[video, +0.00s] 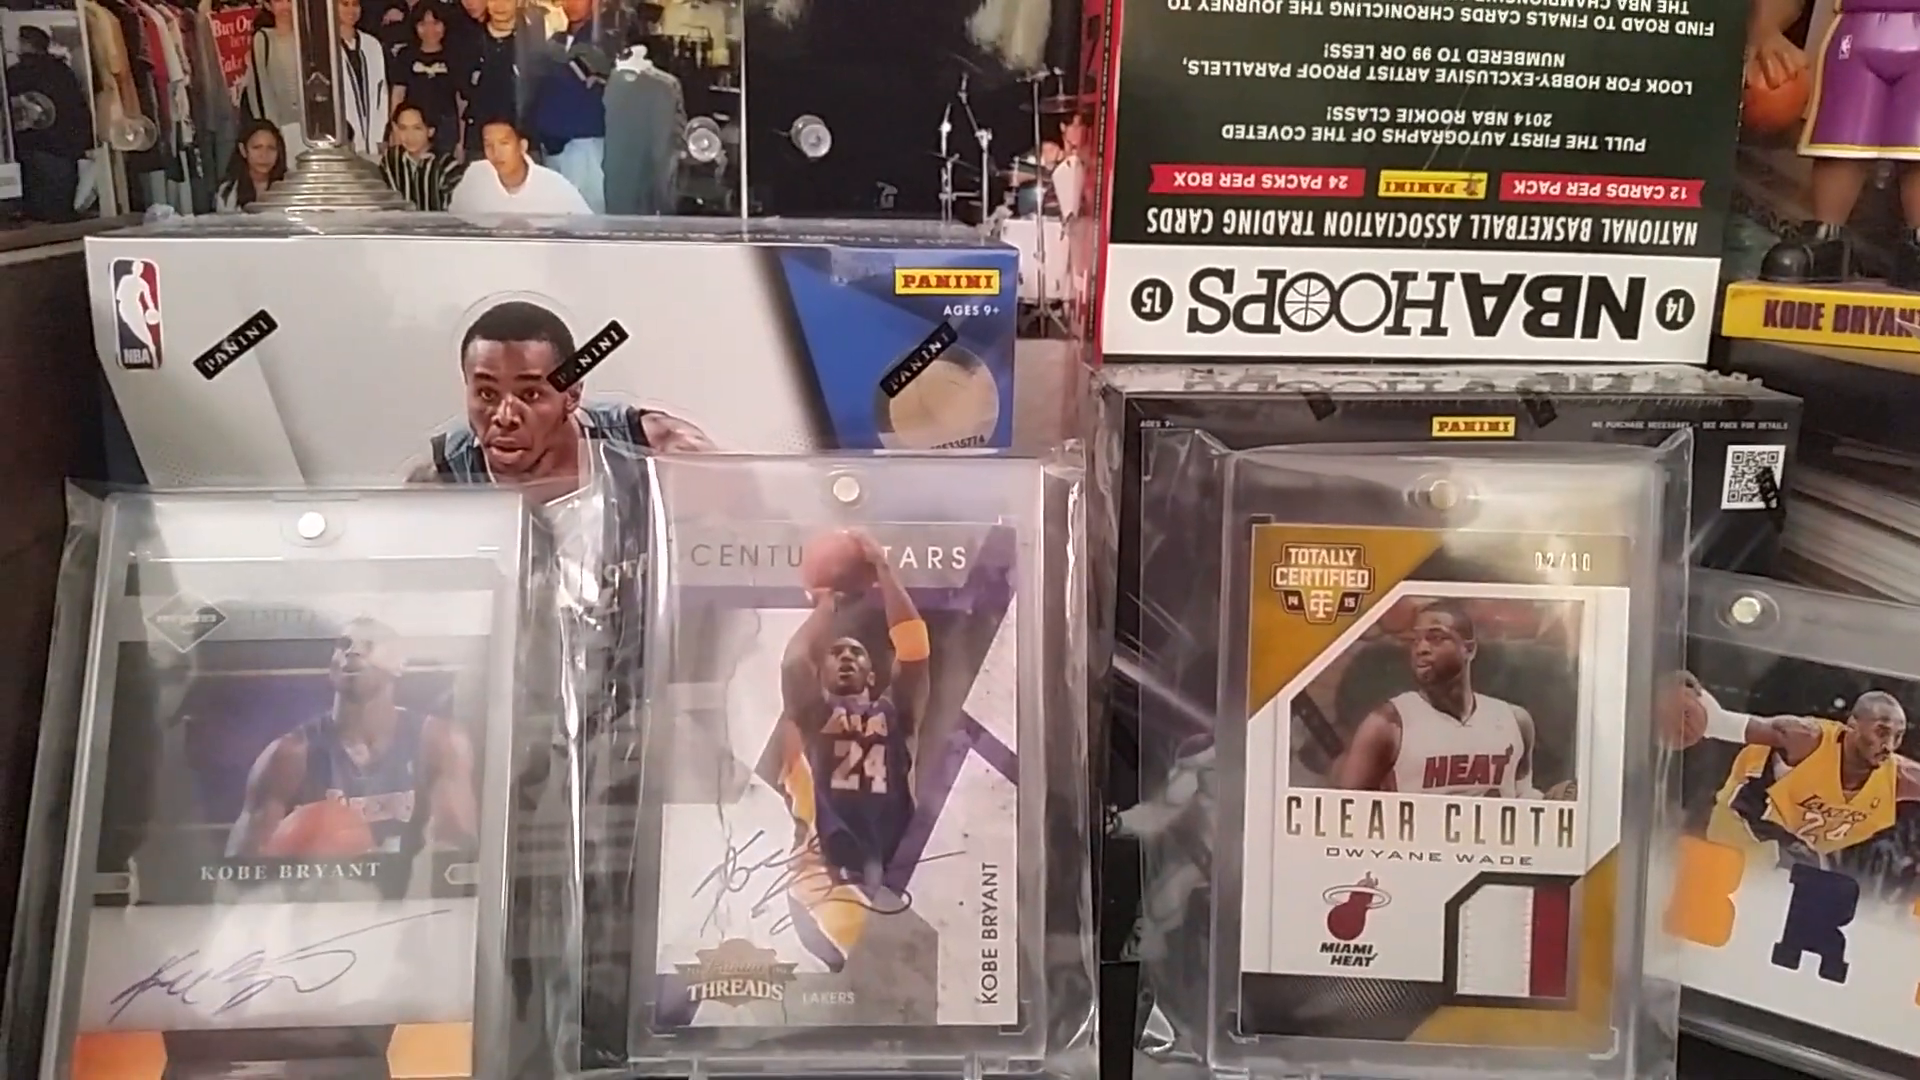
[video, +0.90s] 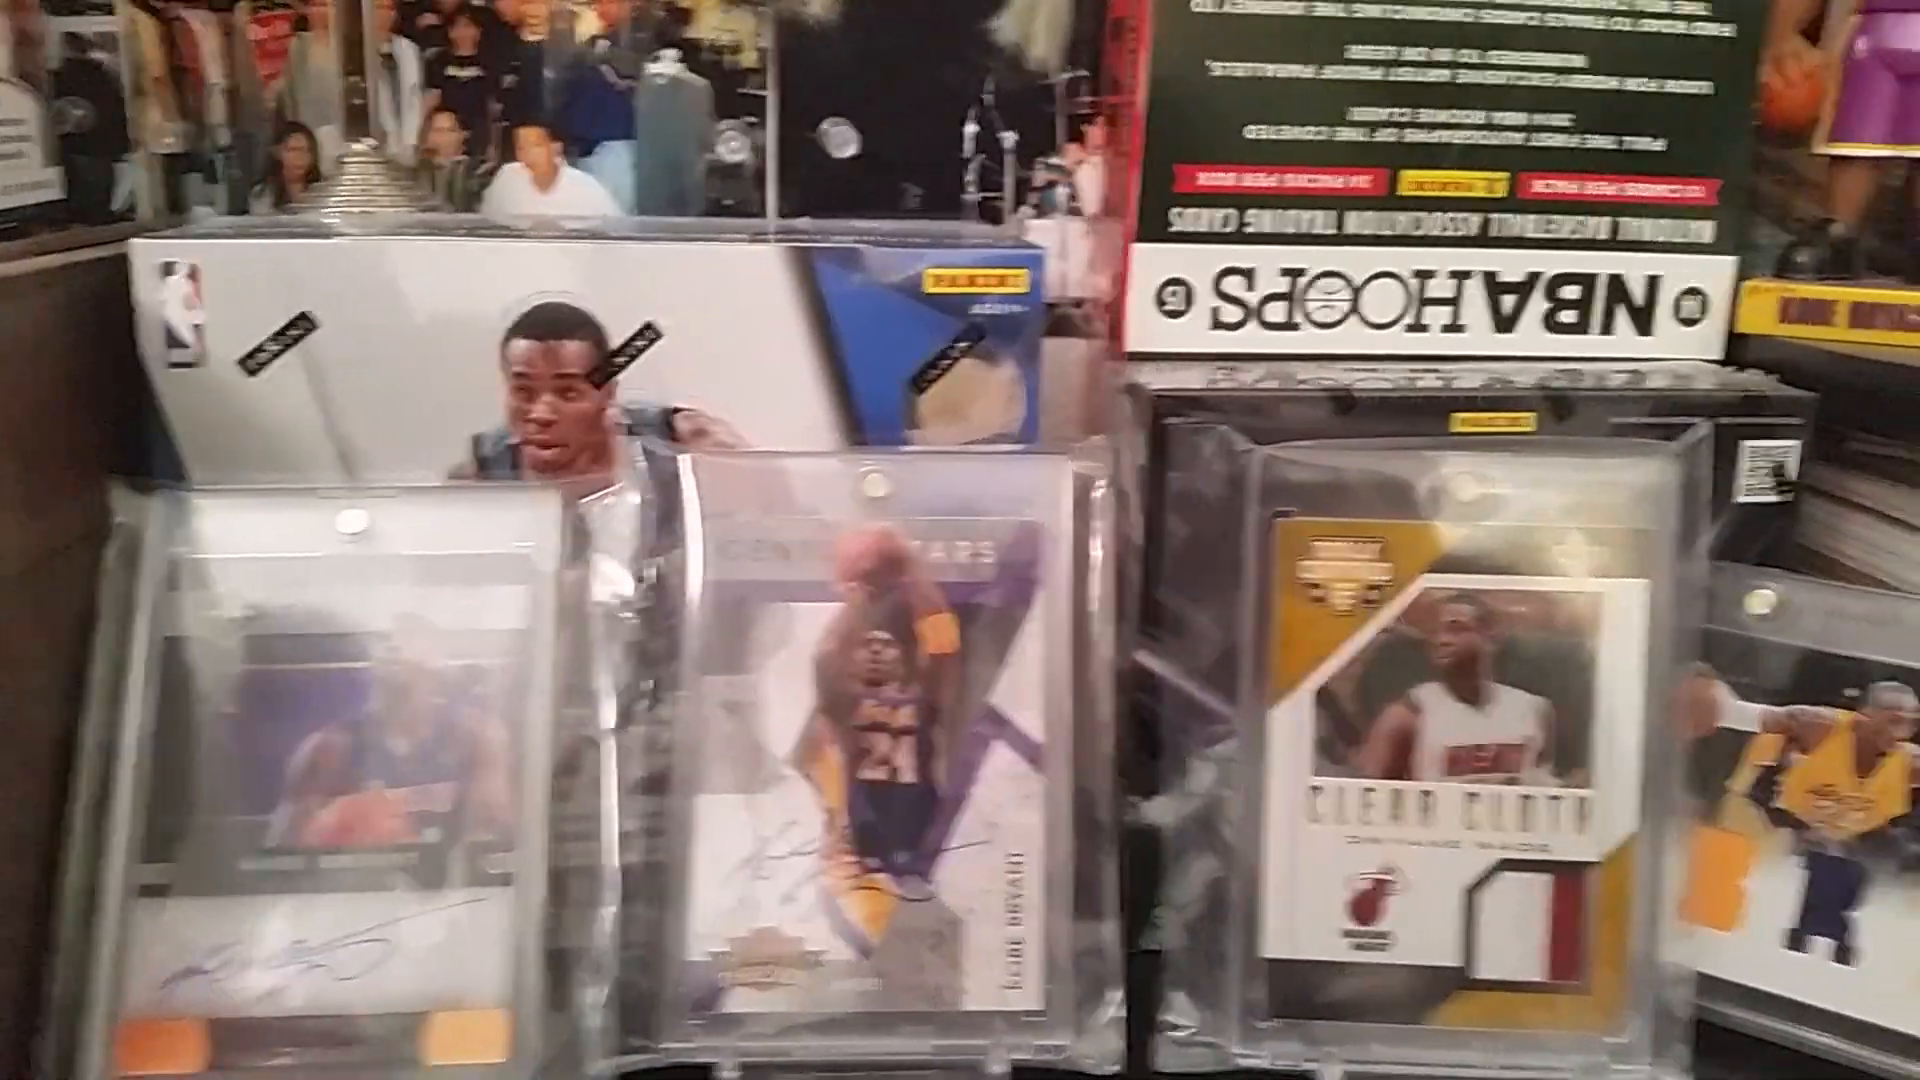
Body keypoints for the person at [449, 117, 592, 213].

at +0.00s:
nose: (496, 153)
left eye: (504, 144)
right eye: (489, 146)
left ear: (522, 146)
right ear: (484, 150)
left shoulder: (554, 184)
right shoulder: (476, 175)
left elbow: (590, 229)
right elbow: (452, 223)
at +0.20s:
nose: (501, 153)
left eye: (509, 143)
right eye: (493, 145)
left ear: (527, 146)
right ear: (488, 148)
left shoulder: (558, 184)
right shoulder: (480, 176)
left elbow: (595, 229)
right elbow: (456, 223)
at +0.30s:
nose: (523, 152)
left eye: (532, 143)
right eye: (516, 144)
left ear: (551, 146)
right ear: (511, 150)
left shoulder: (581, 183)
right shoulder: (503, 174)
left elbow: (616, 227)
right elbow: (480, 222)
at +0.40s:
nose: (545, 152)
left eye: (554, 143)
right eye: (538, 144)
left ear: (572, 146)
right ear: (533, 147)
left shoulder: (602, 184)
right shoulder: (525, 174)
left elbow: (636, 228)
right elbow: (503, 222)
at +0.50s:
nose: (562, 153)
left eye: (570, 145)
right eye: (555, 146)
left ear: (588, 148)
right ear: (550, 148)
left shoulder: (618, 186)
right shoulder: (542, 176)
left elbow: (653, 230)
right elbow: (520, 223)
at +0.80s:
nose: (559, 155)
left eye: (567, 146)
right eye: (552, 148)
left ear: (585, 149)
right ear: (547, 152)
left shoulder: (615, 186)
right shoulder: (539, 177)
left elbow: (650, 232)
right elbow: (516, 224)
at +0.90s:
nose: (528, 155)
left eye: (537, 145)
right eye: (522, 148)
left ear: (556, 149)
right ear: (517, 153)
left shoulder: (584, 186)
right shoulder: (507, 178)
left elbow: (618, 230)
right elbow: (484, 225)